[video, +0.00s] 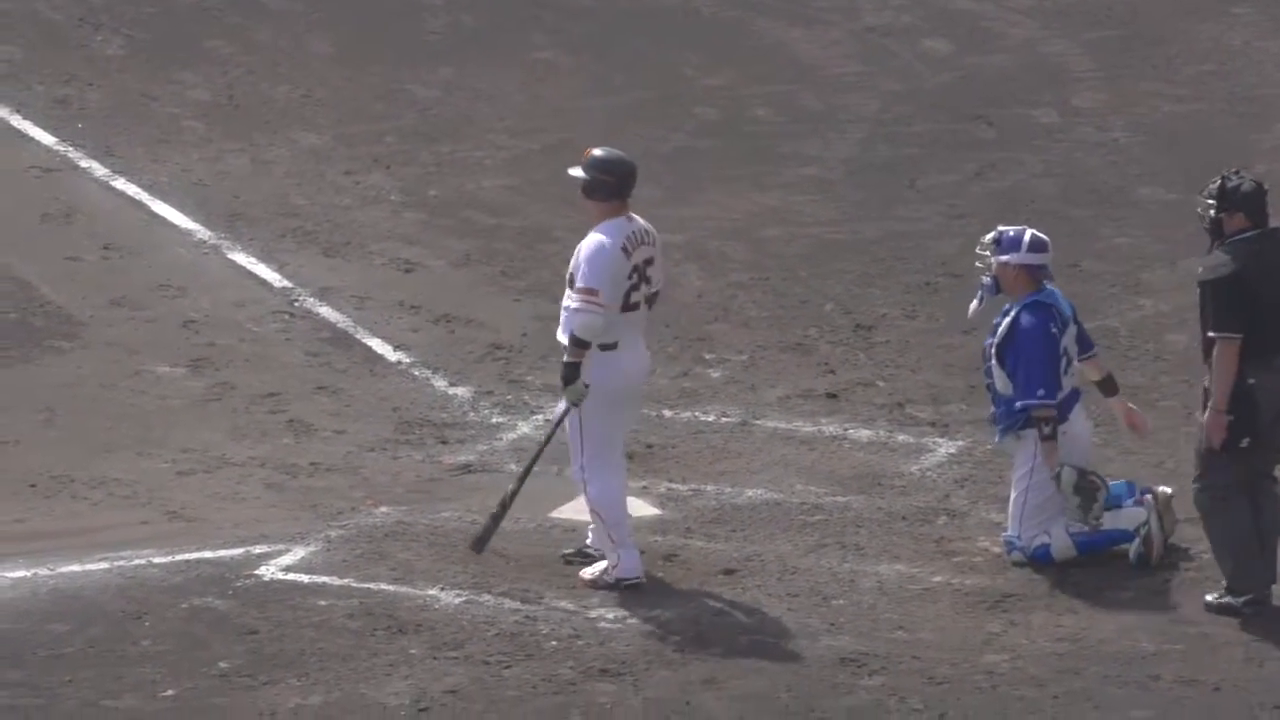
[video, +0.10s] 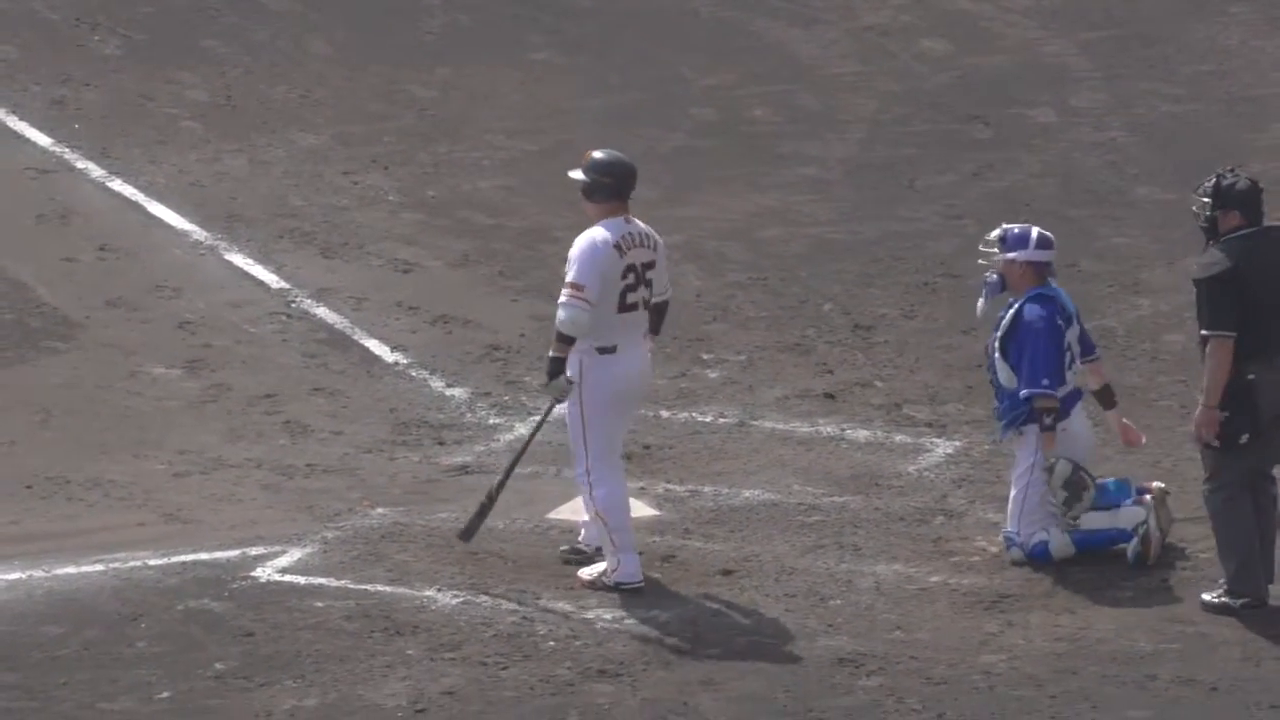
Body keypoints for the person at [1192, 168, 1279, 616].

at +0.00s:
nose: (1214, 219)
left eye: (1217, 212)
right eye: (1216, 212)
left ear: (1232, 217)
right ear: (1258, 213)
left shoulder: (1228, 263)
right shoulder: (1273, 246)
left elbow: (1229, 341)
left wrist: (1217, 408)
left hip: (1243, 390)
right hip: (1271, 385)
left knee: (1216, 484)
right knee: (1259, 478)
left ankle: (1245, 586)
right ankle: (1260, 576)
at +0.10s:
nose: (1207, 219)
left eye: (1211, 211)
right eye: (1208, 211)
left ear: (1229, 216)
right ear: (1253, 213)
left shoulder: (1223, 260)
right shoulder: (1272, 244)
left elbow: (1223, 340)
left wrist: (1209, 405)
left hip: (1244, 384)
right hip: (1269, 381)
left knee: (1225, 484)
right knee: (1259, 477)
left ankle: (1244, 585)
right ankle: (1260, 572)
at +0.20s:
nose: (1194, 217)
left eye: (1200, 210)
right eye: (1196, 209)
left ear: (1219, 215)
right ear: (1242, 211)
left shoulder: (1212, 260)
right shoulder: (1272, 240)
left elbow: (1213, 339)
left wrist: (1199, 403)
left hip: (1239, 383)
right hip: (1271, 378)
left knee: (1224, 481)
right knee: (1248, 475)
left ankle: (1236, 584)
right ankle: (1248, 573)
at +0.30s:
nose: (1185, 218)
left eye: (1190, 211)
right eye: (1186, 210)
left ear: (1209, 215)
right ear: (1233, 211)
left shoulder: (1207, 263)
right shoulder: (1268, 241)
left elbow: (1213, 339)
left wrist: (1198, 402)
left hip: (1240, 382)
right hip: (1272, 376)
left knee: (1222, 476)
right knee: (1233, 471)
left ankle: (1231, 583)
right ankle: (1236, 574)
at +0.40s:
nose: (1178, 218)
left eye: (1184, 210)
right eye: (1179, 209)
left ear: (1203, 214)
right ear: (1225, 210)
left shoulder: (1204, 261)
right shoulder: (1264, 238)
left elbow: (1216, 338)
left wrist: (1197, 400)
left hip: (1231, 384)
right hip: (1263, 377)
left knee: (1220, 481)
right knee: (1227, 476)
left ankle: (1227, 582)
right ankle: (1232, 576)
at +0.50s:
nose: (1177, 216)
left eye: (1182, 208)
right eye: (1178, 208)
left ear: (1203, 213)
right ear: (1222, 209)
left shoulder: (1207, 258)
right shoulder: (1256, 239)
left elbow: (1218, 334)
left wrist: (1196, 396)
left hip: (1222, 382)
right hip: (1251, 376)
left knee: (1213, 483)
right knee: (1225, 477)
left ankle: (1221, 580)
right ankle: (1244, 572)